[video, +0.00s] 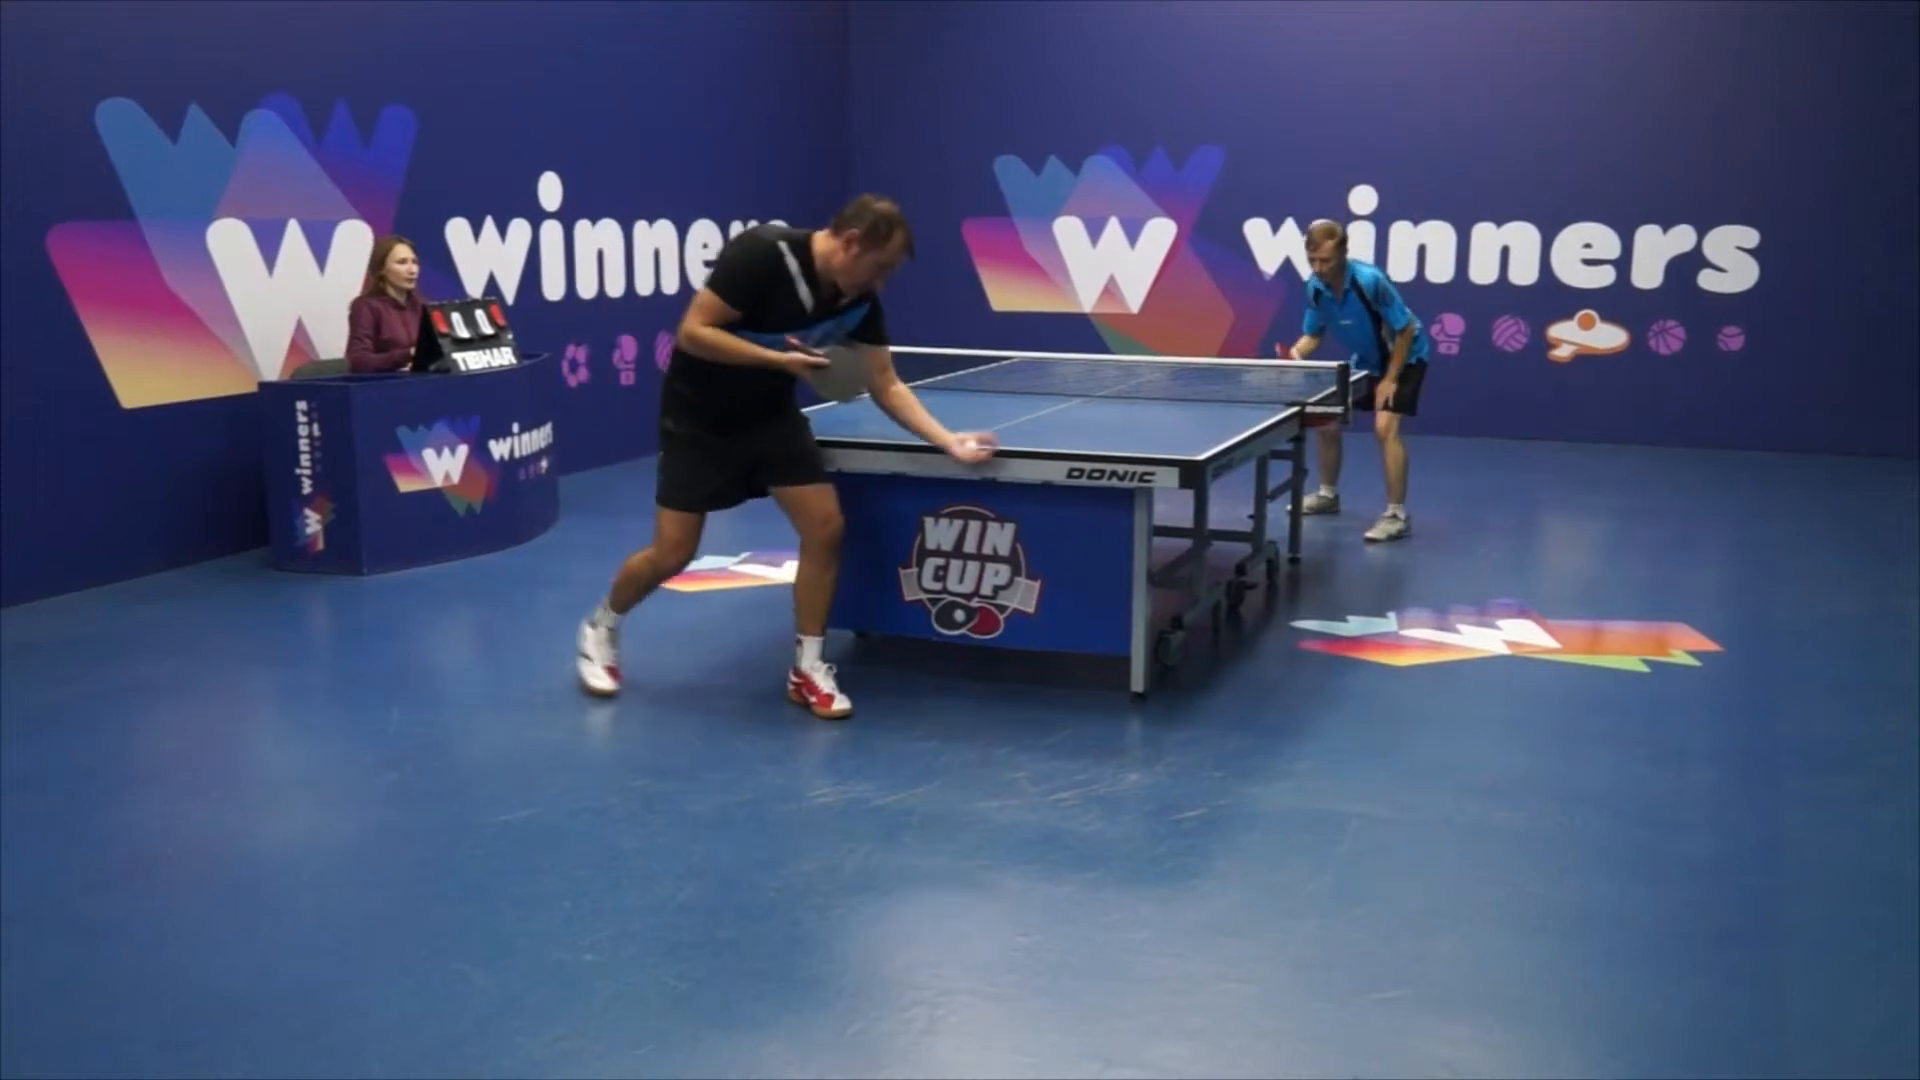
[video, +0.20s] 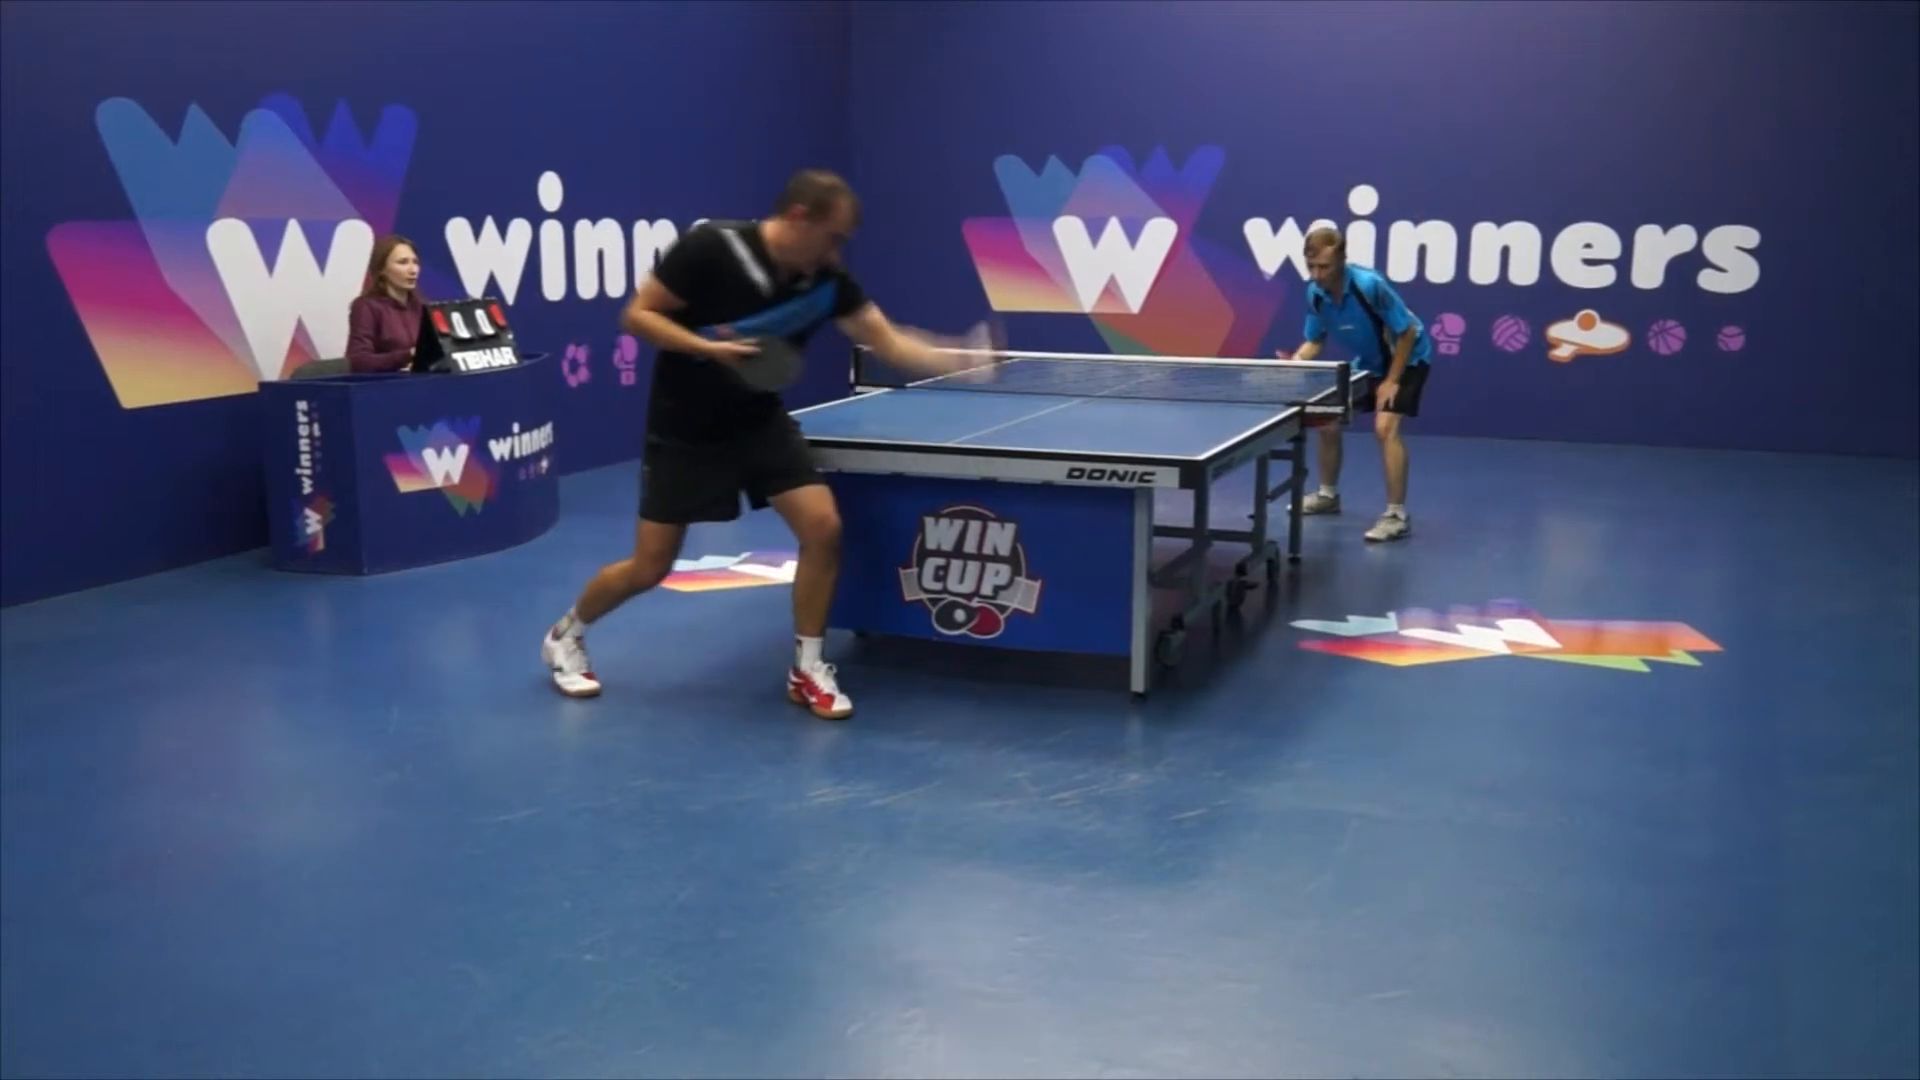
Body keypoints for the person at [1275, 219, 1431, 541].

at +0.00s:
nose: (1319, 268)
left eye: (1326, 260)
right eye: (1314, 261)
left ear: (1343, 254)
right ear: (1308, 257)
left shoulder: (1369, 280)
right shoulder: (1315, 288)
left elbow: (1406, 329)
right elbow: (1312, 334)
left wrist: (1390, 378)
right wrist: (1294, 354)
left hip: (1405, 355)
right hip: (1367, 358)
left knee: (1385, 427)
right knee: (1327, 418)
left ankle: (1396, 513)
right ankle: (1327, 494)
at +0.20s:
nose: (1317, 274)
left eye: (1324, 267)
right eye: (1312, 267)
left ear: (1341, 261)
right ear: (1307, 263)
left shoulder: (1369, 285)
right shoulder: (1315, 292)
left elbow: (1408, 332)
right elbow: (1314, 341)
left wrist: (1392, 380)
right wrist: (1294, 361)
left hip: (1408, 355)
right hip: (1370, 358)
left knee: (1385, 428)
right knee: (1327, 419)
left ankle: (1396, 513)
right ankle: (1327, 494)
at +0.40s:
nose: (1315, 270)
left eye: (1322, 262)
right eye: (1310, 262)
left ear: (1339, 257)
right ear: (1305, 259)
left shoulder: (1366, 282)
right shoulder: (1314, 292)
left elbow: (1405, 329)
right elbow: (1314, 338)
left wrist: (1391, 379)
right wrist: (1297, 357)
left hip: (1406, 355)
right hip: (1368, 358)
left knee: (1385, 426)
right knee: (1325, 418)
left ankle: (1396, 513)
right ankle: (1327, 494)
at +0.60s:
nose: (1315, 254)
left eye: (1323, 247)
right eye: (1311, 247)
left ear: (1340, 245)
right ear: (1306, 246)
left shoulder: (1365, 272)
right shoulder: (1311, 281)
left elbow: (1399, 323)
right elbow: (1307, 337)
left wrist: (1386, 375)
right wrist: (1297, 338)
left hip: (1397, 355)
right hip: (1359, 358)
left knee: (1384, 426)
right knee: (1321, 421)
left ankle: (1396, 512)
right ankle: (1327, 494)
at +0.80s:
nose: (1323, 237)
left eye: (1331, 230)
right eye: (1319, 229)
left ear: (1348, 230)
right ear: (1313, 228)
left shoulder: (1369, 262)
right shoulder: (1311, 267)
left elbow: (1399, 312)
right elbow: (1302, 317)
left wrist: (1380, 359)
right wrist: (1293, 326)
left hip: (1384, 357)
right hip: (1341, 358)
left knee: (1382, 426)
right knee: (1314, 422)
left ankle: (1398, 510)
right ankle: (1326, 492)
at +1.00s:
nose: (1336, 225)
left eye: (1345, 219)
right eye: (1332, 217)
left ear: (1360, 219)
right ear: (1325, 216)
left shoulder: (1381, 255)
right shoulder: (1319, 258)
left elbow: (1408, 303)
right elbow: (1306, 307)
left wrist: (1374, 345)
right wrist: (1292, 319)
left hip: (1383, 361)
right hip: (1339, 362)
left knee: (1382, 436)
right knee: (1311, 422)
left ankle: (1398, 513)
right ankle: (1323, 482)